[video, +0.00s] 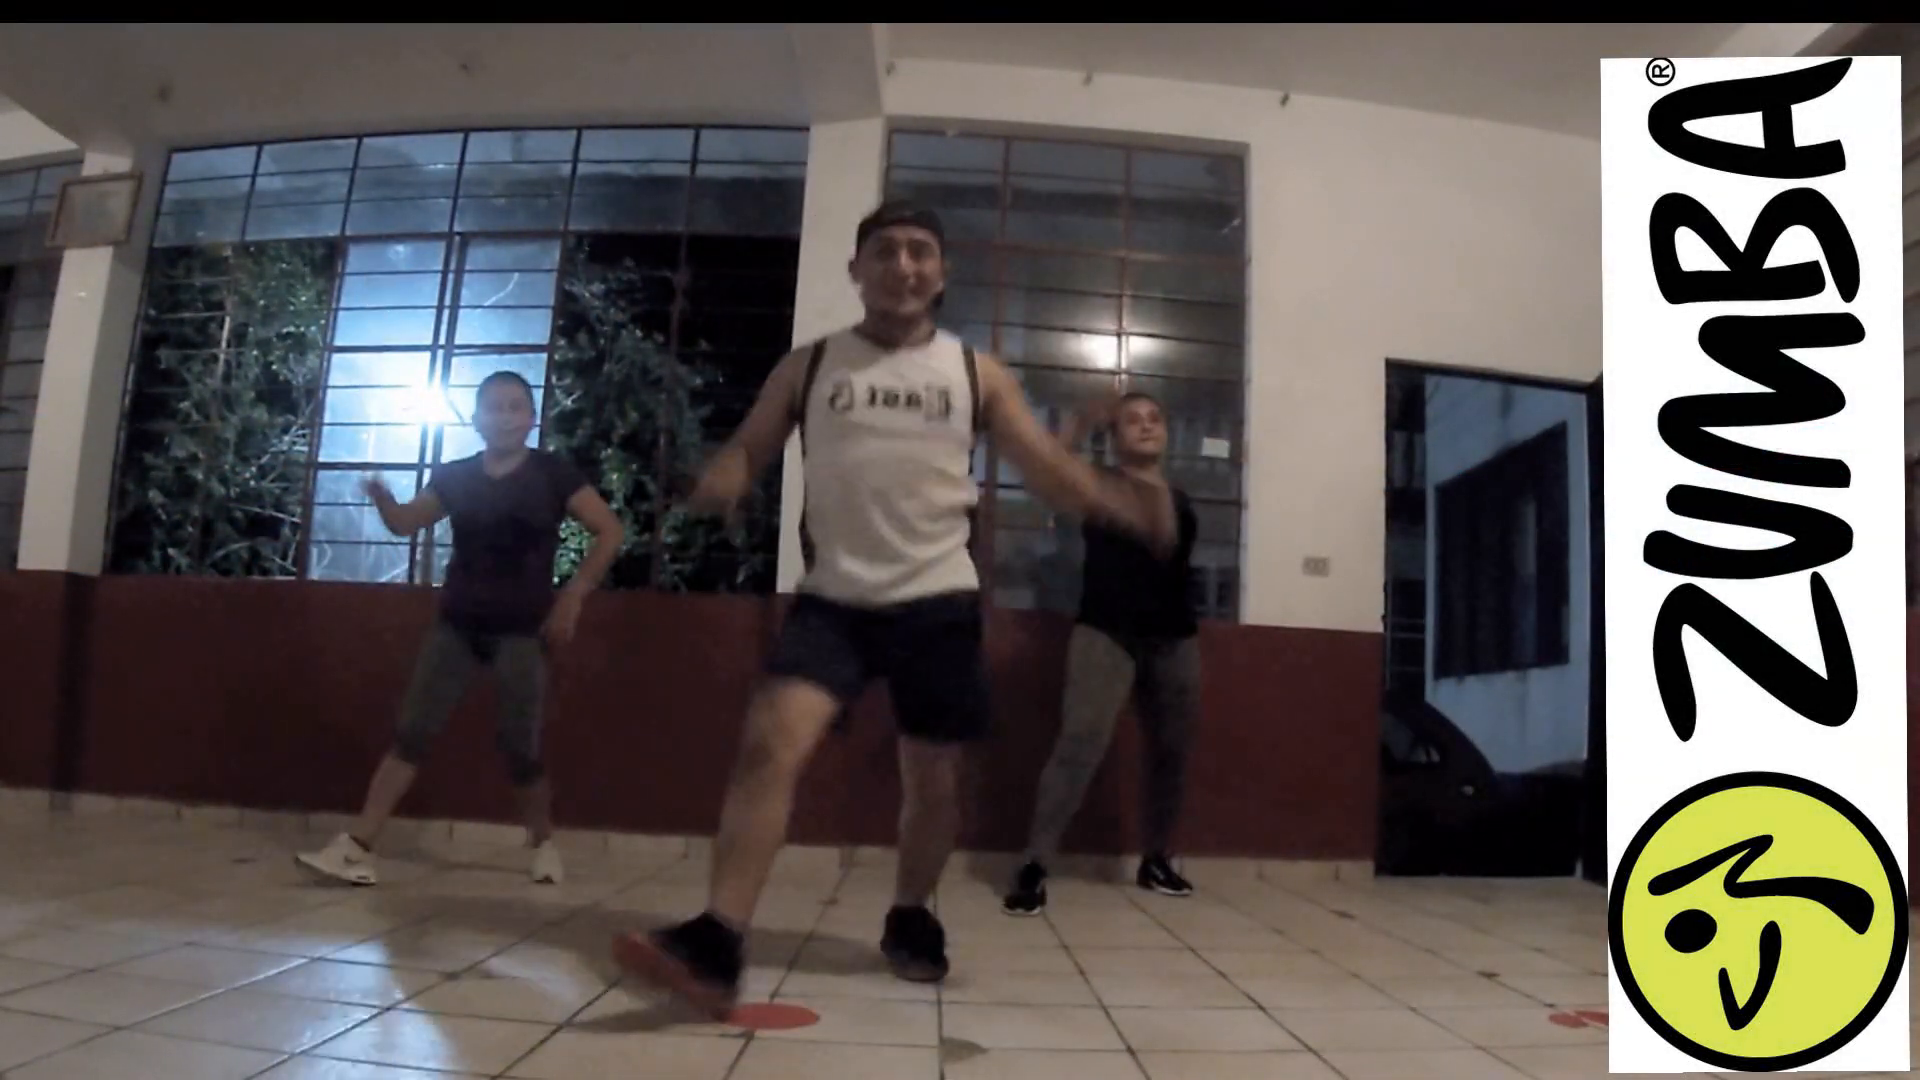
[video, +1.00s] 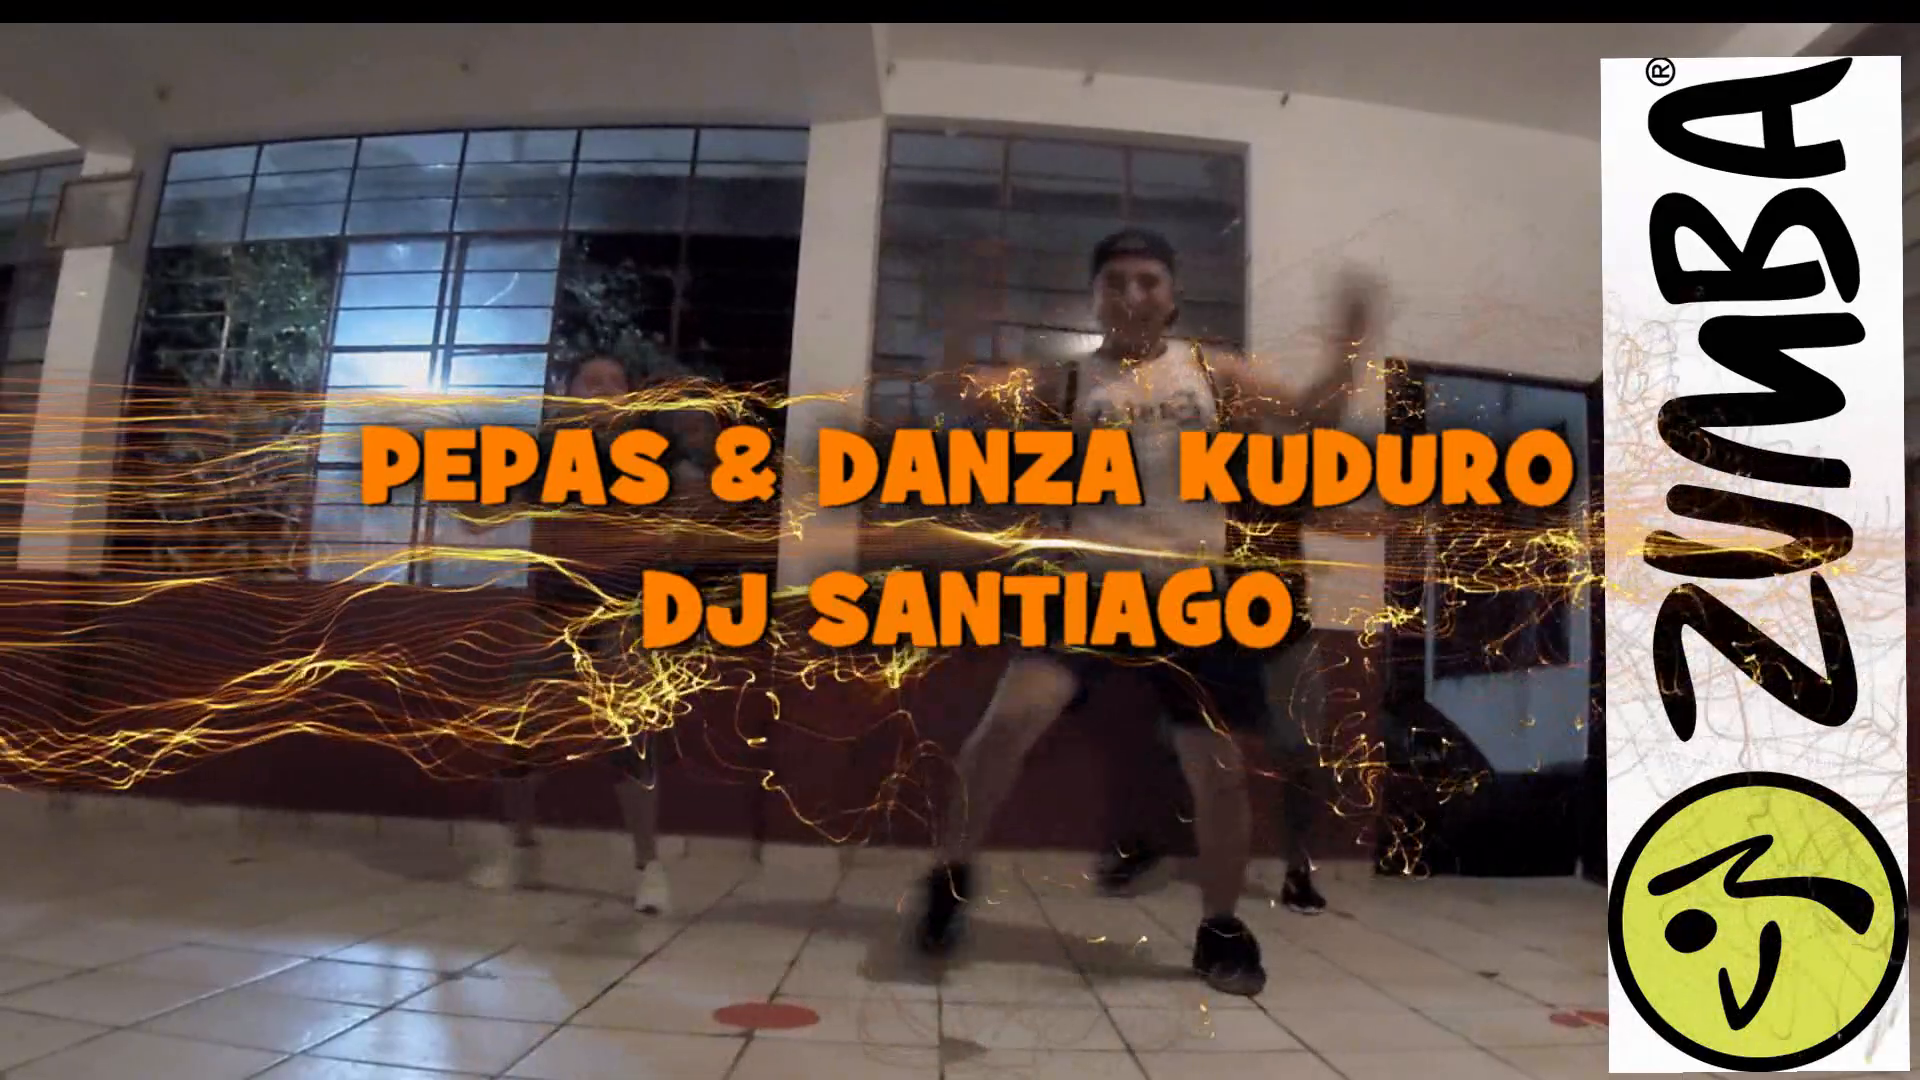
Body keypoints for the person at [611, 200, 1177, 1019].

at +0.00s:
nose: (904, 265)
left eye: (920, 253)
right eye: (887, 253)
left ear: (942, 273)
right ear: (857, 271)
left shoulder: (976, 373)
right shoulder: (812, 362)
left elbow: (1050, 465)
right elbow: (746, 451)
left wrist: (1115, 502)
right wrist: (723, 479)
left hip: (936, 603)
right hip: (833, 599)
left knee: (933, 772)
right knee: (769, 741)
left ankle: (912, 918)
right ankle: (719, 937)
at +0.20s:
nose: (902, 252)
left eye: (917, 240)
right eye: (886, 239)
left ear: (939, 258)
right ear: (858, 254)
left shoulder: (961, 341)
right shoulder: (823, 331)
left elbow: (1043, 398)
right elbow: (755, 404)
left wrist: (970, 324)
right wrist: (851, 340)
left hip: (921, 573)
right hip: (817, 565)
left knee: (947, 727)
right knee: (766, 727)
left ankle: (895, 880)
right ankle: (769, 891)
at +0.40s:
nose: (896, 324)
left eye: (911, 312)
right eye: (880, 311)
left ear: (932, 331)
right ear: (849, 327)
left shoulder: (954, 412)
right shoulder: (811, 411)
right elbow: (739, 429)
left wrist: (995, 414)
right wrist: (822, 390)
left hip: (930, 638)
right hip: (825, 639)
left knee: (991, 736)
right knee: (771, 804)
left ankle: (925, 893)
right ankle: (772, 915)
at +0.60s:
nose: (960, 297)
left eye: (976, 285)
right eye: (946, 284)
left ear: (1000, 298)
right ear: (922, 293)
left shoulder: (1034, 370)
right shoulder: (881, 366)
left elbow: (1143, 407)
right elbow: (759, 351)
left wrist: (1249, 398)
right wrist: (636, 316)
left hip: (1021, 601)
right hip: (901, 601)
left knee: (1123, 712)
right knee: (836, 756)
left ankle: (1159, 887)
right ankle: (781, 906)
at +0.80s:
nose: (1069, 291)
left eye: (1084, 278)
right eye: (1054, 278)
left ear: (1111, 289)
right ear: (1031, 292)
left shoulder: (1152, 368)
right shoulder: (1003, 383)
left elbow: (1255, 424)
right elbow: (884, 406)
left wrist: (1367, 421)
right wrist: (775, 394)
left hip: (1143, 599)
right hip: (1025, 599)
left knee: (1191, 770)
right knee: (945, 750)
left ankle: (1219, 927)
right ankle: (848, 906)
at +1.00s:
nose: (1132, 296)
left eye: (1147, 282)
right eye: (1117, 283)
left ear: (1173, 293)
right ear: (1097, 296)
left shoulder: (1210, 371)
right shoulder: (1068, 378)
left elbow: (1311, 408)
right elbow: (993, 397)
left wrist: (1349, 341)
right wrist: (967, 390)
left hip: (1191, 589)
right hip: (1085, 588)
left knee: (1218, 759)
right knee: (1014, 713)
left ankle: (1221, 927)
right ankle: (950, 879)